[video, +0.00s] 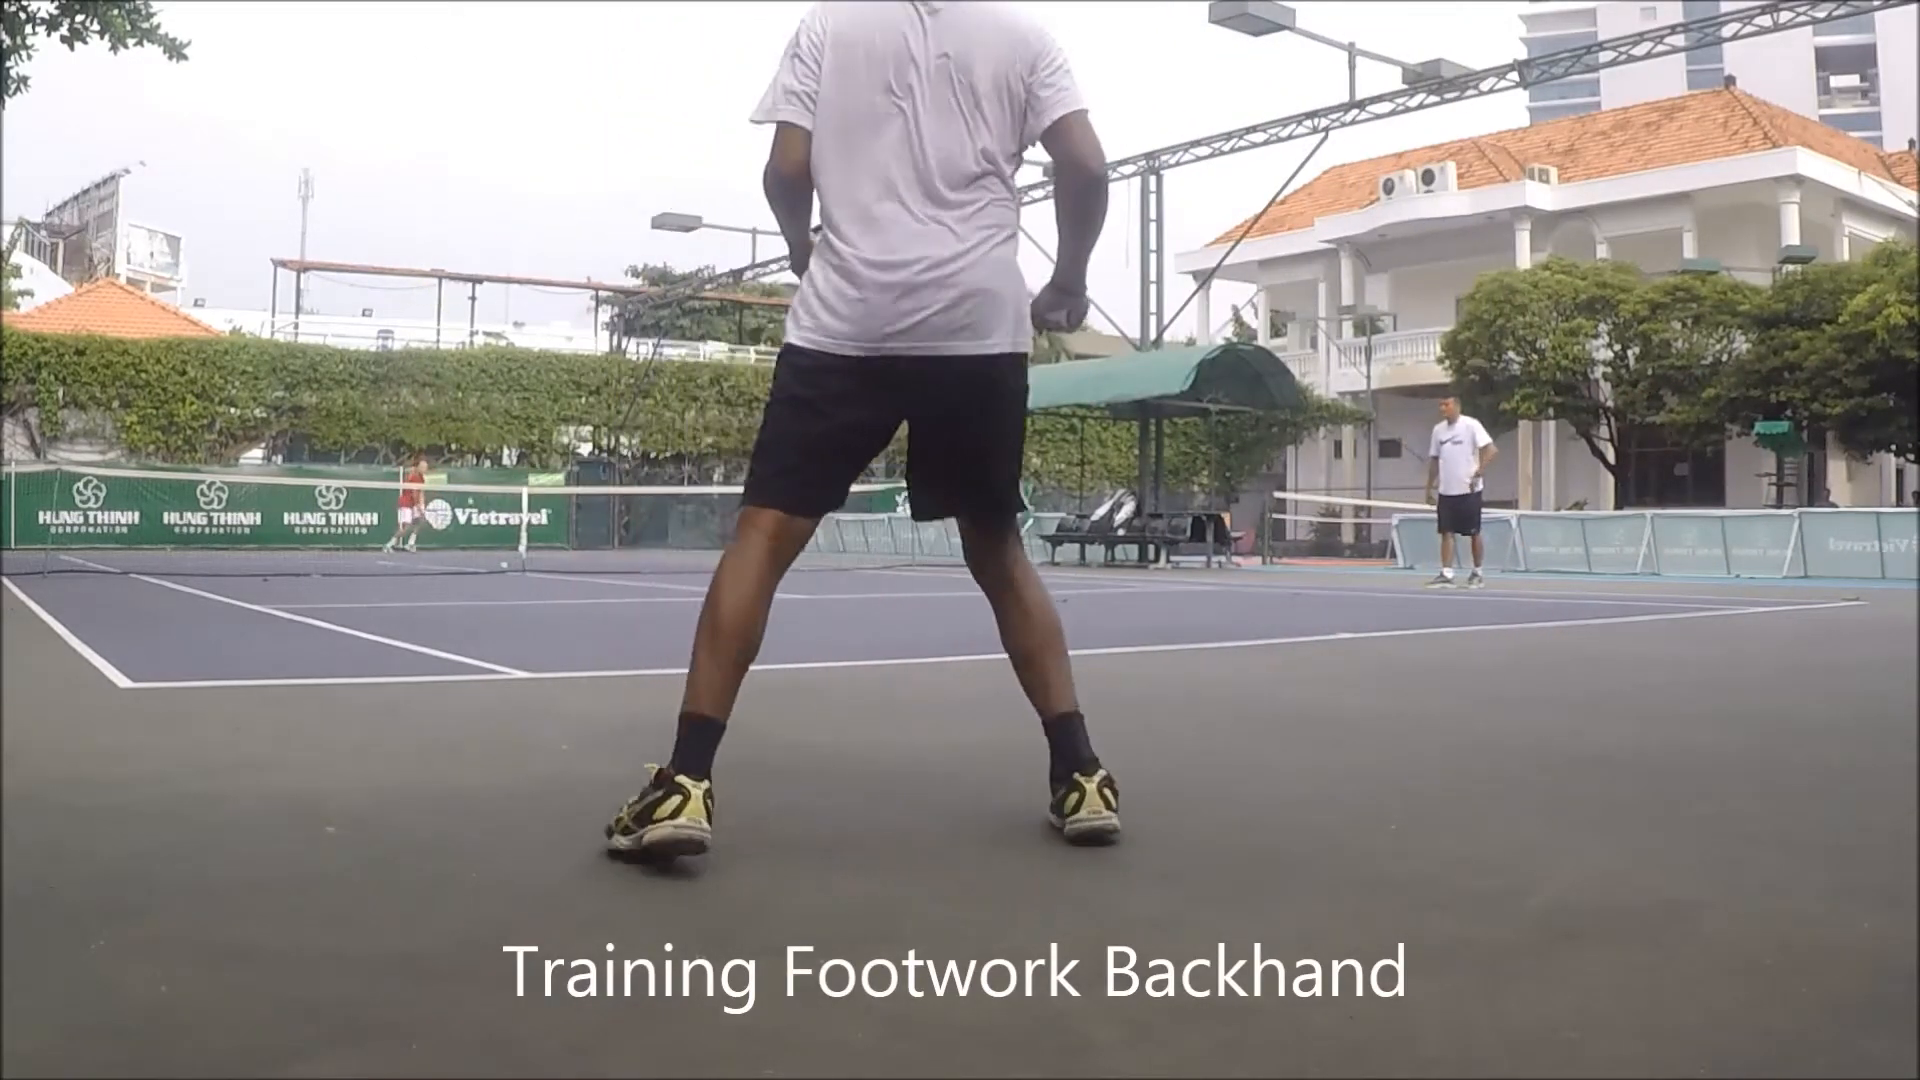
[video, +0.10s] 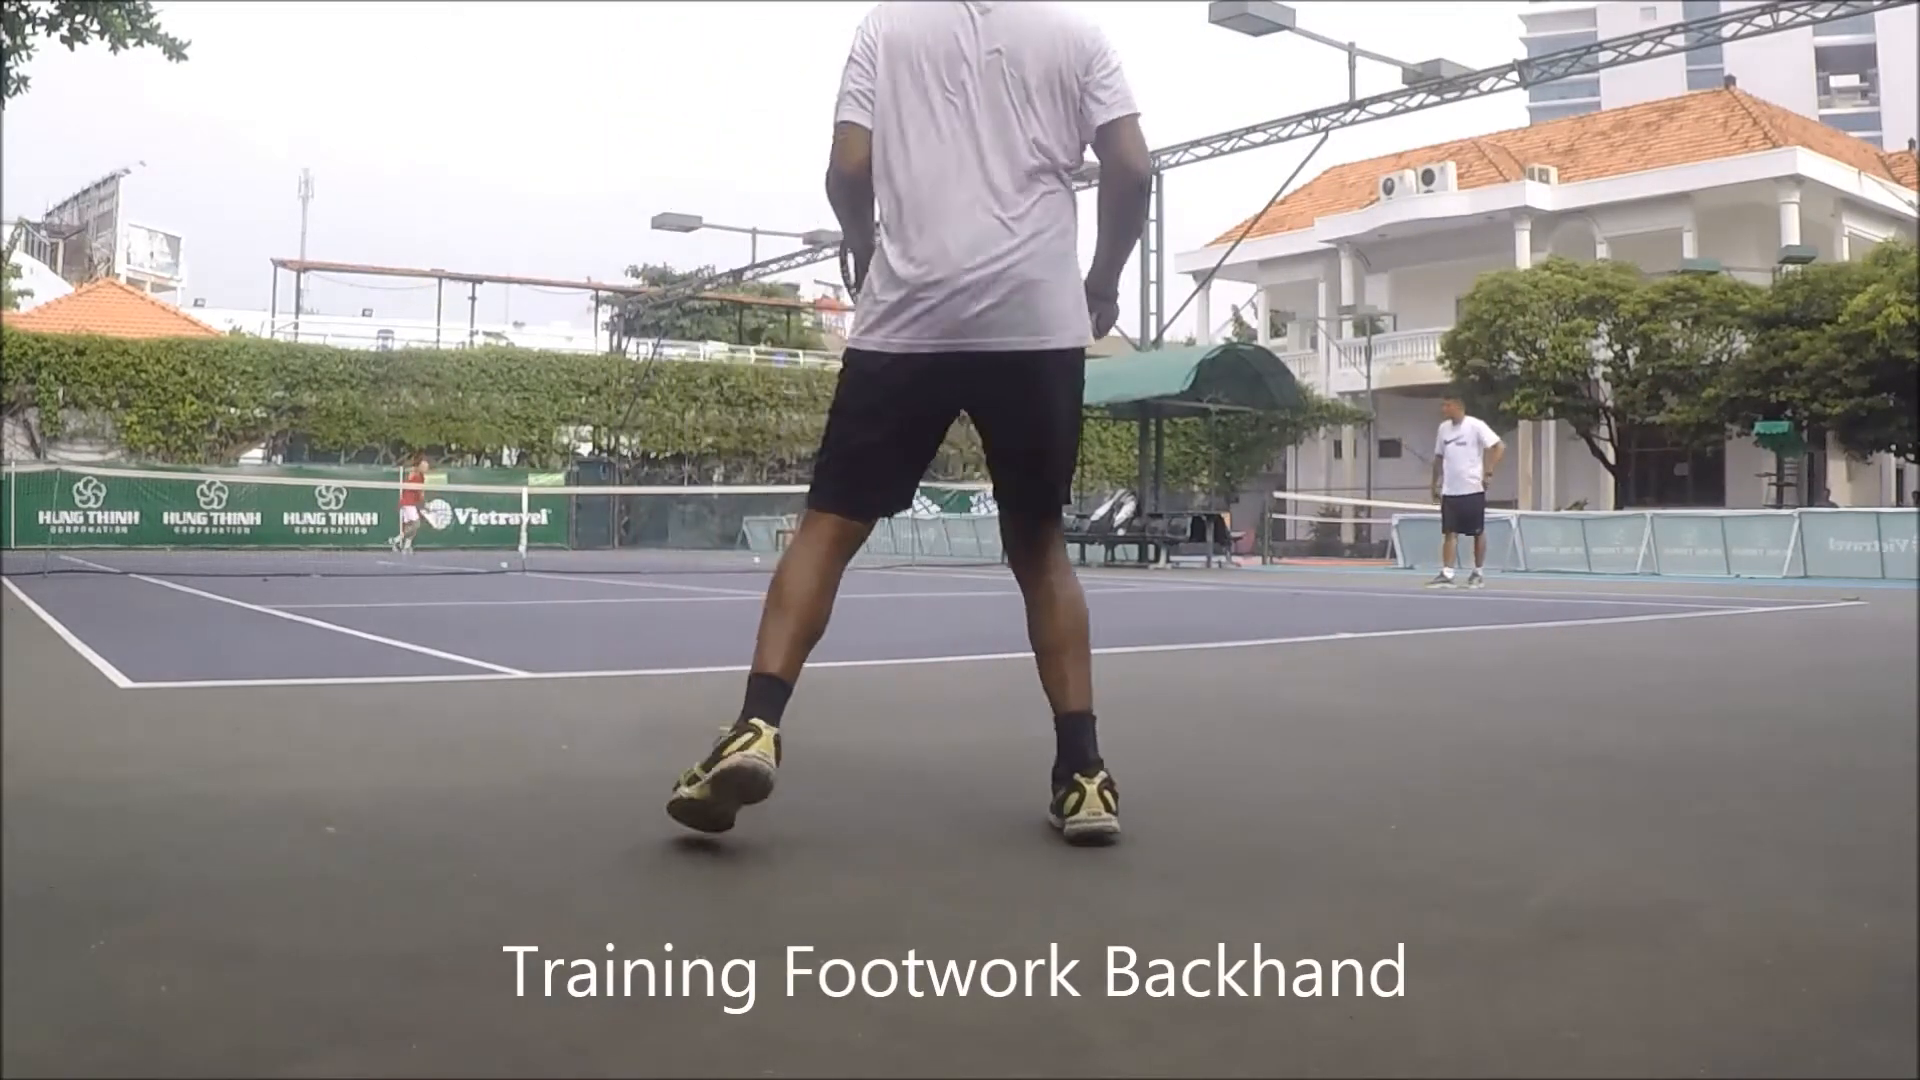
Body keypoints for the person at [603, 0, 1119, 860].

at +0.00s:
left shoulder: (828, 22)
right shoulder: (1020, 31)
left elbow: (788, 168)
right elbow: (1085, 164)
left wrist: (802, 249)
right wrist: (1069, 281)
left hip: (844, 325)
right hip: (978, 332)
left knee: (762, 539)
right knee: (999, 550)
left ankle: (685, 782)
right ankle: (1080, 773)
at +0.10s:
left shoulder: (884, 26)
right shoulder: (1074, 31)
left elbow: (850, 166)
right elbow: (1132, 167)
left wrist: (861, 251)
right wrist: (1105, 279)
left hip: (906, 323)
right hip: (1038, 327)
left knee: (828, 528)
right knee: (1040, 547)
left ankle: (756, 726)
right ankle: (1082, 772)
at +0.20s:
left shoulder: (921, 18)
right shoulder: (1114, 22)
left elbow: (888, 149)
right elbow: (1165, 157)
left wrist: (916, 235)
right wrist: (1127, 267)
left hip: (942, 303)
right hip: (1070, 306)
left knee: (905, 506)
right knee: (1068, 527)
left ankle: (874, 711)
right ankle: (1085, 767)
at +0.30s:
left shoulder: (953, 14)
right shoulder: (1143, 18)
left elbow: (916, 131)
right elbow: (1188, 148)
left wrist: (944, 221)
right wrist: (1148, 247)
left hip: (975, 294)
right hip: (1098, 290)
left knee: (977, 513)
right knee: (1090, 520)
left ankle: (996, 729)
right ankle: (1084, 765)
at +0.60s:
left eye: (1040, 13)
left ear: (1046, 13)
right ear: (1123, 8)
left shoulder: (1005, 78)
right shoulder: (1184, 66)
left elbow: (983, 216)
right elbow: (1242, 187)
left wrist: (1025, 284)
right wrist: (1191, 267)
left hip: (1064, 345)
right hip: (1176, 335)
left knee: (1086, 536)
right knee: (1188, 519)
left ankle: (1104, 738)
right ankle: (1148, 658)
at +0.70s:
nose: (1058, 24)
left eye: (1057, 18)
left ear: (1063, 21)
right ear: (1138, 18)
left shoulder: (1025, 90)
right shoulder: (1199, 76)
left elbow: (1011, 229)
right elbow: (1262, 194)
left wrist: (1071, 281)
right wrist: (1208, 268)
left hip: (1088, 340)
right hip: (1199, 329)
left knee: (1092, 541)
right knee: (1231, 495)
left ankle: (1106, 742)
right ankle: (1231, 666)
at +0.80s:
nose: (1075, 26)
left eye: (1076, 17)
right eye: (1083, 17)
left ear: (1082, 21)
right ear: (1155, 22)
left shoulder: (1050, 102)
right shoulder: (1218, 90)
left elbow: (1038, 246)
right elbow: (1281, 207)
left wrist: (1095, 283)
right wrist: (1229, 273)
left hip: (1109, 349)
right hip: (1223, 337)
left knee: (1098, 545)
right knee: (1257, 516)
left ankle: (1106, 734)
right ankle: (1326, 704)